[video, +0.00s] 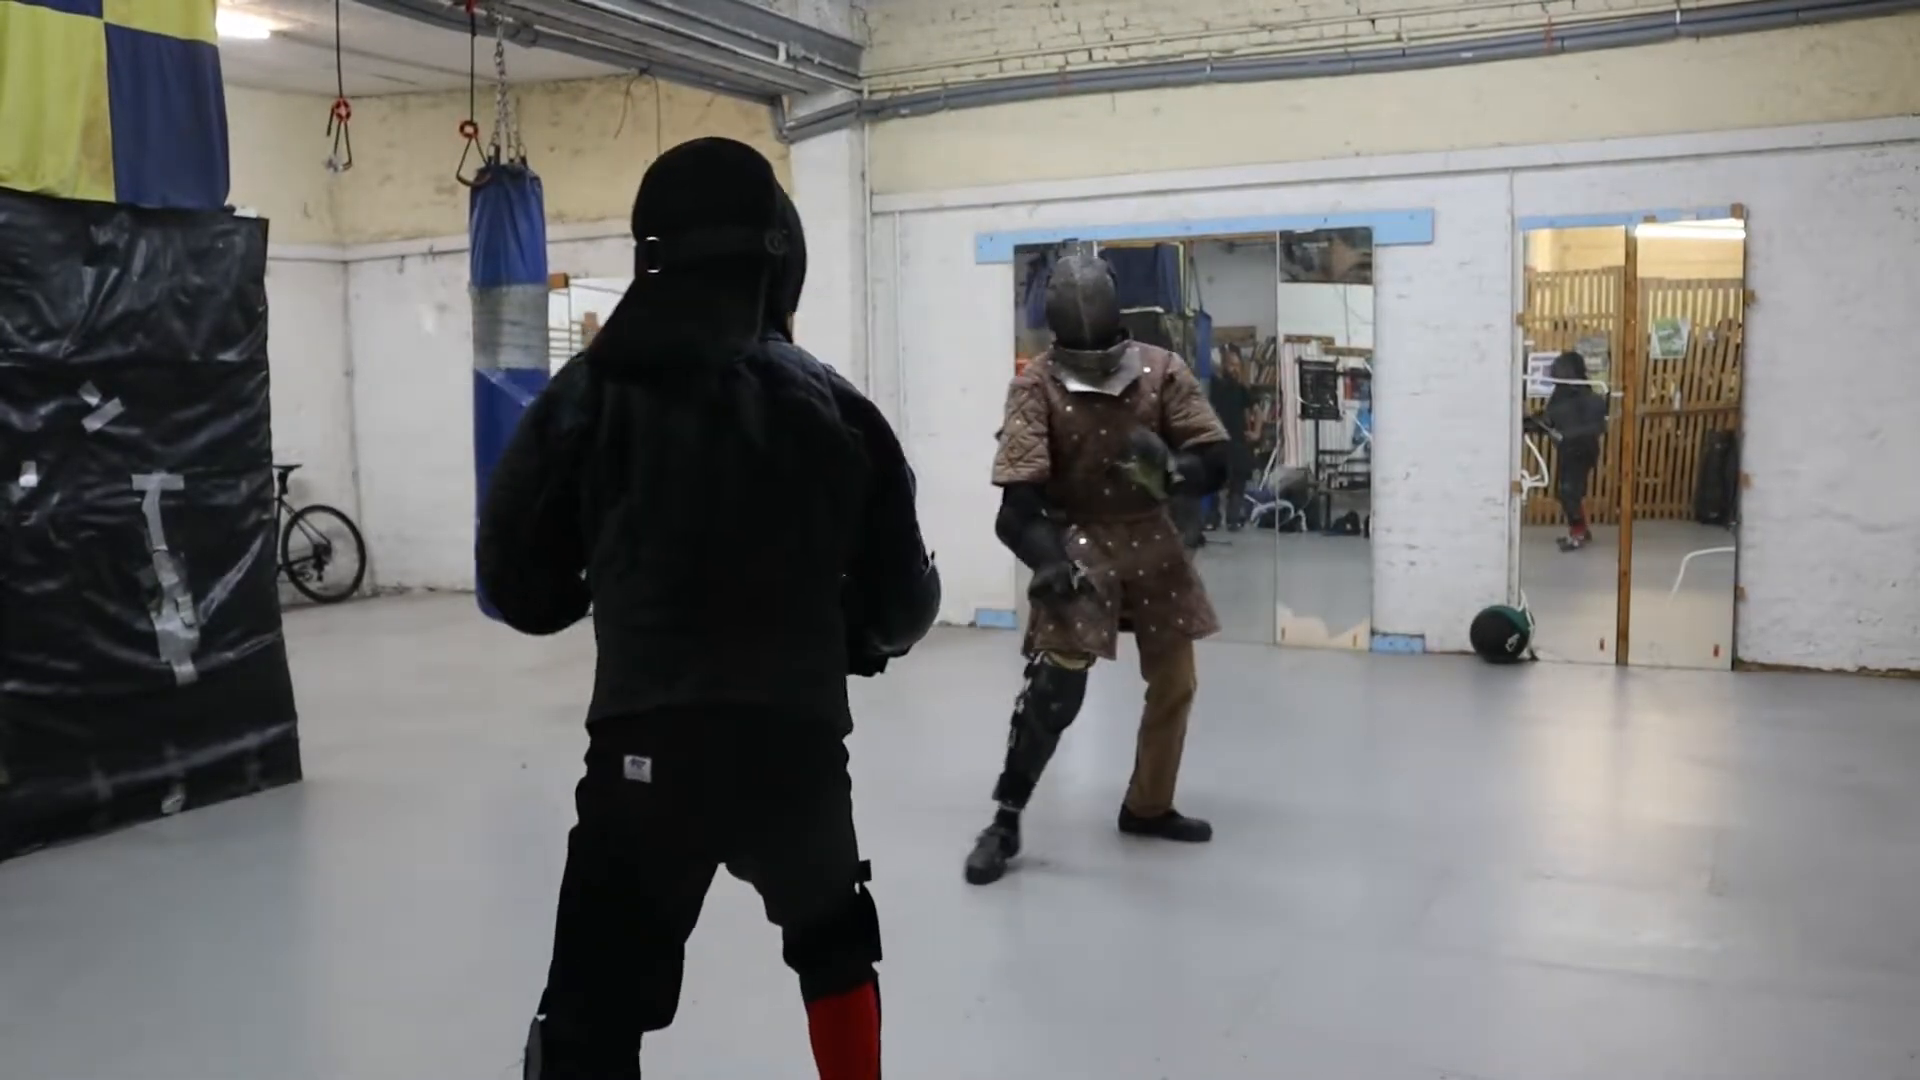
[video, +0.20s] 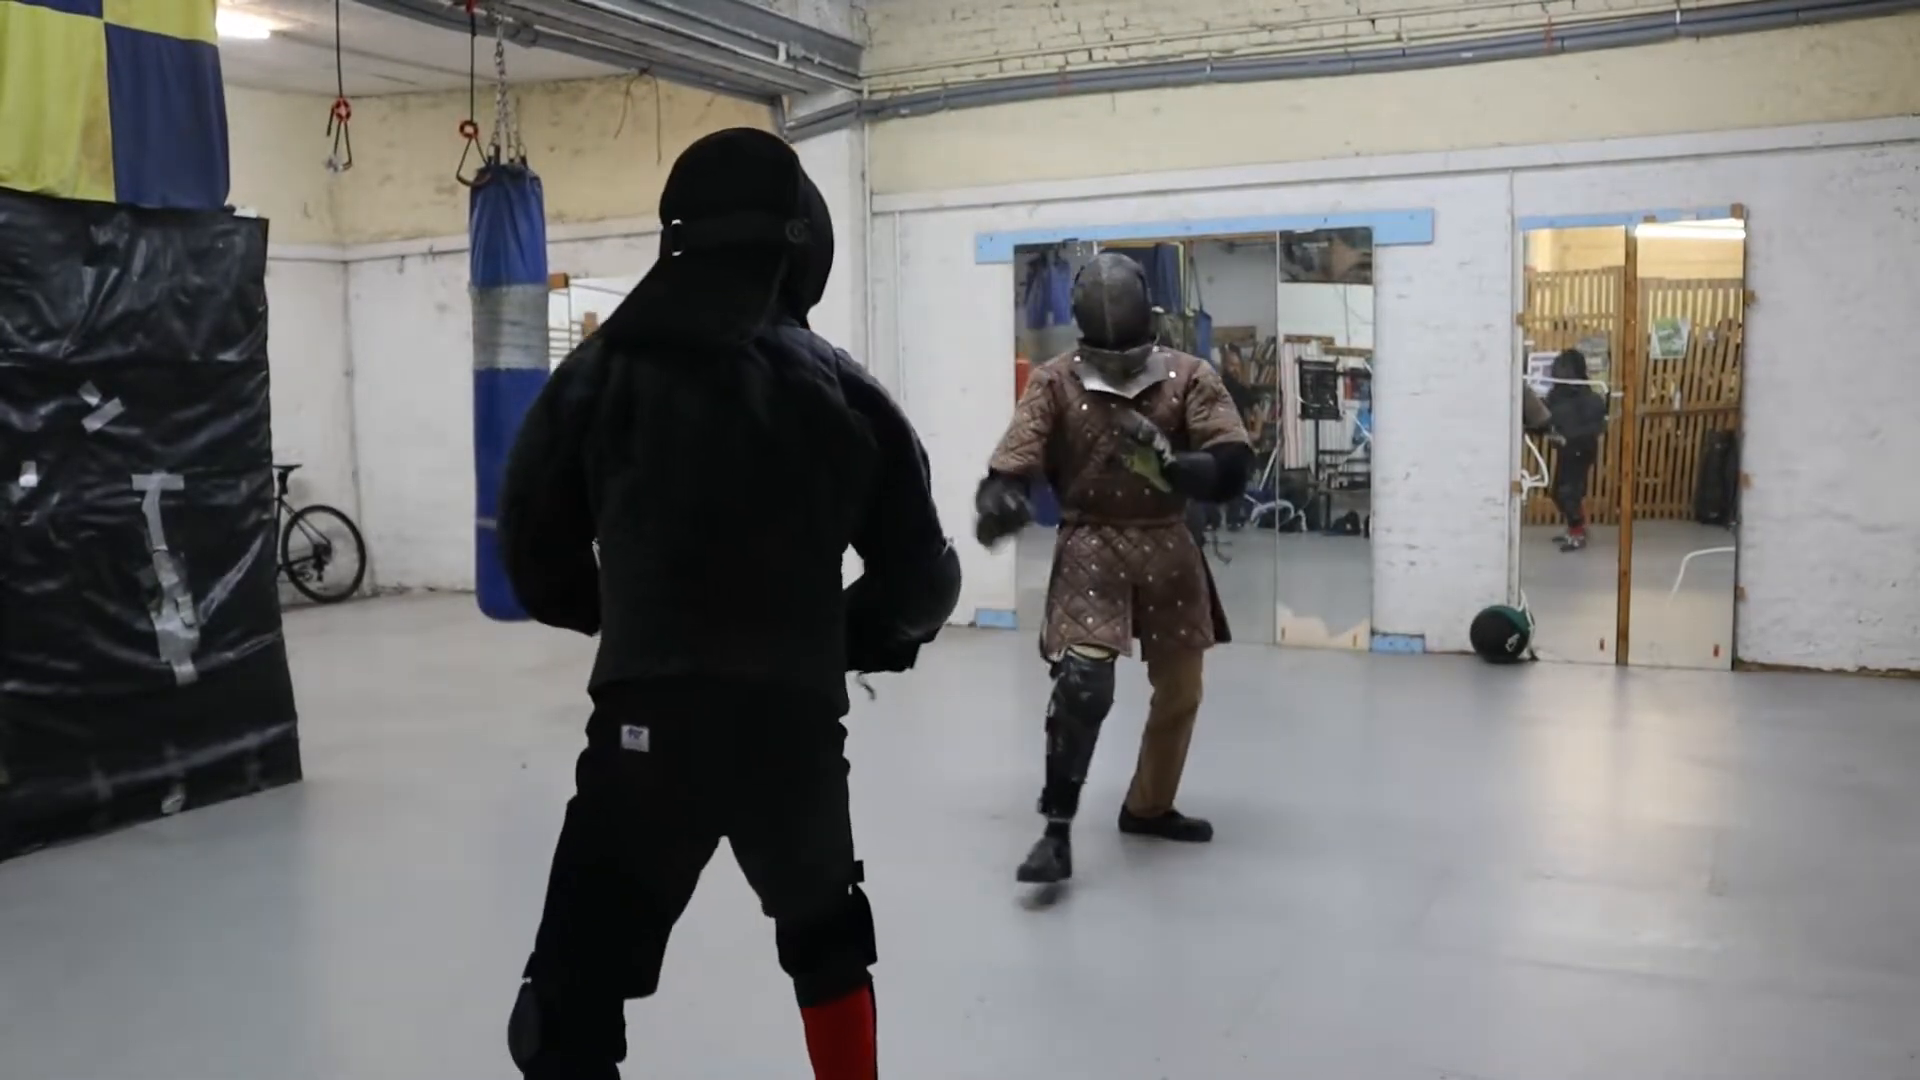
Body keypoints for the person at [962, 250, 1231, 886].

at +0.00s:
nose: (1095, 368)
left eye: (1106, 353)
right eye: (1079, 356)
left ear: (1120, 326)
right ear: (1056, 335)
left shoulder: (1162, 371)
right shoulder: (1036, 390)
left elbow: (1221, 459)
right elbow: (1016, 505)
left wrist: (1175, 470)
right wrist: (1048, 557)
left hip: (1151, 541)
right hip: (1074, 545)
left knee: (1175, 681)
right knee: (1054, 693)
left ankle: (1147, 807)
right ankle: (1005, 823)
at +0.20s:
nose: (1115, 357)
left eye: (1126, 344)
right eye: (1102, 345)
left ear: (1146, 325)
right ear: (1084, 329)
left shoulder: (1189, 377)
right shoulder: (1055, 381)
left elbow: (1235, 462)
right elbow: (1016, 456)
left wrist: (1175, 464)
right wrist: (1001, 495)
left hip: (1168, 546)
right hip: (1089, 546)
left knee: (1180, 692)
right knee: (1083, 686)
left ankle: (1148, 809)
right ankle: (1055, 832)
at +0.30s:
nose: (1121, 360)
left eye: (1133, 346)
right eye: (1107, 347)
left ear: (1156, 324)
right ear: (1088, 327)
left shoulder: (1196, 381)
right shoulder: (1058, 382)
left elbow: (1238, 472)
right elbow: (1002, 449)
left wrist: (1171, 475)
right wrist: (951, 444)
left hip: (1170, 550)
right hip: (1092, 549)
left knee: (1180, 694)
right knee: (1095, 688)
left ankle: (1149, 808)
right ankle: (1069, 838)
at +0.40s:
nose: (1121, 370)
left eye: (1136, 356)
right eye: (1107, 355)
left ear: (1158, 331)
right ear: (1088, 331)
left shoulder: (1197, 385)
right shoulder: (1054, 378)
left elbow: (1243, 481)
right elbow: (965, 417)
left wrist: (1175, 484)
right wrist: (924, 368)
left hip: (1170, 554)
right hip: (1092, 553)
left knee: (1175, 702)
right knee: (1098, 700)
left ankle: (1150, 809)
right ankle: (1066, 851)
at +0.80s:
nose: (1121, 372)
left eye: (1135, 357)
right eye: (1107, 356)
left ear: (1156, 341)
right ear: (1084, 339)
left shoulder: (1182, 397)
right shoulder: (1047, 375)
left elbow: (1229, 497)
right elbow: (994, 408)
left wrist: (1180, 513)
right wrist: (987, 434)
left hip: (1152, 567)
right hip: (1070, 567)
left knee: (1216, 711)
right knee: (1082, 731)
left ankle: (1215, 840)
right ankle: (1052, 888)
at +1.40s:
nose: (1086, 366)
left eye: (1099, 349)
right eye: (1070, 353)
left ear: (1123, 323)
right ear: (1048, 337)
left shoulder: (1179, 379)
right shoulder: (1027, 397)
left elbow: (1248, 476)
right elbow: (993, 470)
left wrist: (1174, 517)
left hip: (1180, 572)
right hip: (1088, 579)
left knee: (1235, 722)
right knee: (1088, 737)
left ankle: (1233, 836)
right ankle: (1052, 893)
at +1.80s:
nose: (1175, 356)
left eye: (1188, 340)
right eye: (1162, 342)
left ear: (1212, 320)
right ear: (1143, 327)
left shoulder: (1258, 384)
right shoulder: (1118, 384)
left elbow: (1296, 493)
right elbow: (1085, 486)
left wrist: (1202, 514)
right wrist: (1046, 533)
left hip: (1222, 575)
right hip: (1130, 573)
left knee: (1236, 725)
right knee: (1086, 714)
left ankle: (1234, 854)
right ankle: (1055, 870)